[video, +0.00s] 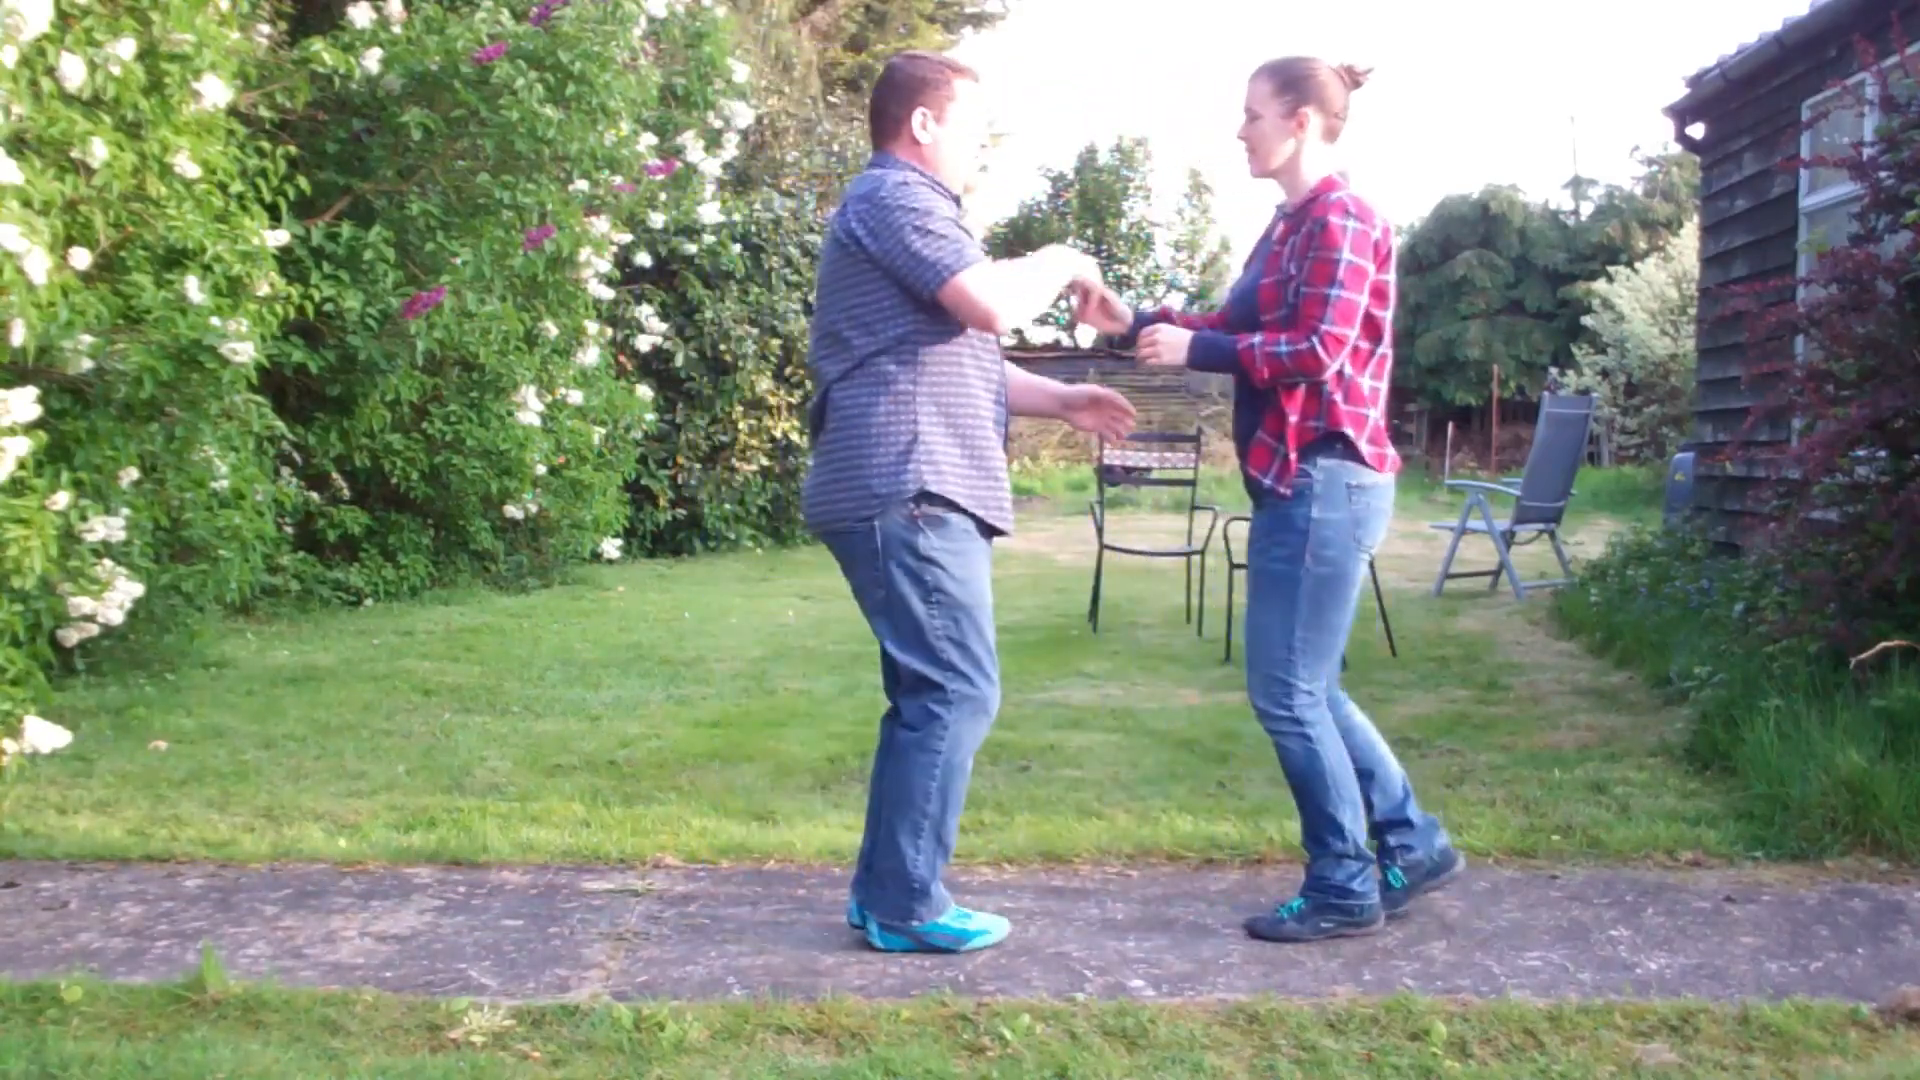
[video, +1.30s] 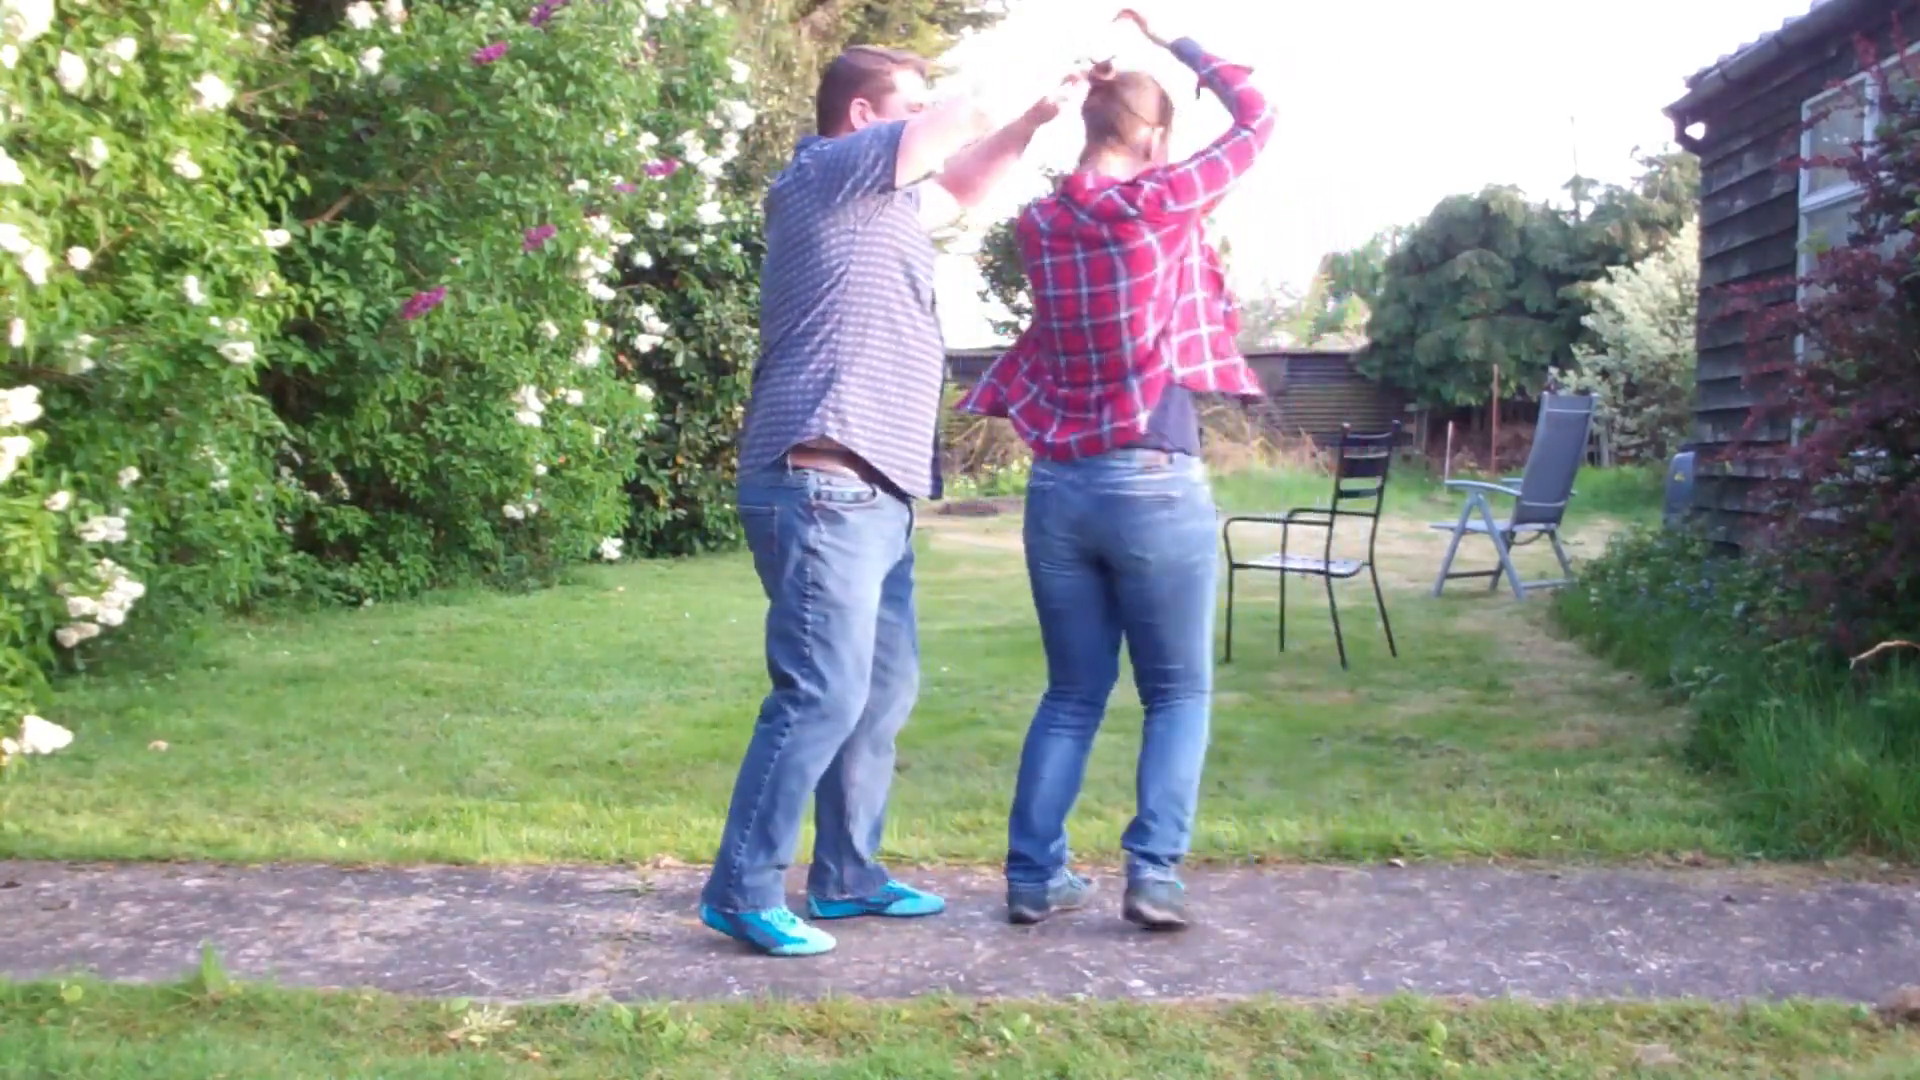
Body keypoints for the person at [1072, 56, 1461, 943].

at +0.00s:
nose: (1239, 132)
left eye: (1252, 118)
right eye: (1242, 117)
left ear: (1304, 123)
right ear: (1293, 124)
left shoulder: (1343, 221)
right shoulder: (1286, 231)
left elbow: (1317, 348)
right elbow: (1226, 327)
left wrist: (1200, 352)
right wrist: (1128, 318)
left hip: (1329, 481)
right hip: (1300, 482)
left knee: (1285, 692)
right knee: (1304, 686)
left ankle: (1344, 888)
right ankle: (1412, 843)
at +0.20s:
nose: (1225, 137)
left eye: (1232, 120)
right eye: (1226, 121)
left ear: (1276, 122)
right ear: (1273, 124)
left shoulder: (1348, 225)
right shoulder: (1247, 225)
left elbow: (1315, 355)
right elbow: (1149, 262)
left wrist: (1182, 346)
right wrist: (1100, 185)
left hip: (1318, 484)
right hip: (1246, 485)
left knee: (1289, 690)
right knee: (1201, 676)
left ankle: (1346, 888)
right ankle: (1306, 834)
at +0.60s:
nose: (1181, 142)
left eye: (1188, 125)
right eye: (1183, 127)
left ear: (1226, 127)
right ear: (1231, 128)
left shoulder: (1290, 232)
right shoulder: (1199, 214)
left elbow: (1239, 354)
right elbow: (1110, 190)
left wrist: (1120, 311)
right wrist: (1092, 112)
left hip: (1247, 476)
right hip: (1187, 476)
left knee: (1180, 680)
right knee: (1170, 682)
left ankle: (1298, 849)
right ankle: (1222, 877)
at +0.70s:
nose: (1171, 148)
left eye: (1177, 133)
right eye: (1172, 135)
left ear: (1213, 129)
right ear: (1228, 131)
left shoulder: (1261, 231)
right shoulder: (1204, 217)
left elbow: (1188, 353)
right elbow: (1117, 197)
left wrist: (1096, 291)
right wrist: (1083, 122)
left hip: (1223, 477)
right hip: (1218, 475)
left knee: (1116, 668)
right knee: (1181, 687)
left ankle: (1234, 850)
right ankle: (1225, 879)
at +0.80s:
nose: (1156, 153)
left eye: (1162, 136)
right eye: (1159, 138)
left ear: (1191, 130)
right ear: (1224, 133)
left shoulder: (1217, 230)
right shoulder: (1250, 218)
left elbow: (1131, 346)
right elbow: (1132, 189)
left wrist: (1079, 267)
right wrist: (1088, 114)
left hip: (1191, 487)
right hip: (1244, 489)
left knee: (1089, 666)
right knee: (1176, 690)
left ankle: (1130, 864)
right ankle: (1229, 880)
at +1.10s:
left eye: (1111, 129)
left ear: (1112, 137)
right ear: (1192, 143)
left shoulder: (1081, 230)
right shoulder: (1210, 217)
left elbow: (1017, 298)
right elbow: (1235, 152)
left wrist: (1061, 203)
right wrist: (1172, 94)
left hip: (1111, 494)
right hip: (1214, 489)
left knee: (1074, 689)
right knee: (1165, 688)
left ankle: (1033, 874)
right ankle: (1219, 873)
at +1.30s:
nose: (1171, 146)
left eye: (1166, 129)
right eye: (1166, 130)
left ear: (1085, 125)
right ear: (1148, 131)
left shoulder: (1037, 227)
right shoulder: (1164, 200)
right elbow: (1258, 120)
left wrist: (1091, 102)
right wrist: (1176, 44)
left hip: (1056, 489)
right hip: (1155, 485)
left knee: (1072, 691)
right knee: (1175, 690)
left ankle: (1033, 876)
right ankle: (1155, 871)